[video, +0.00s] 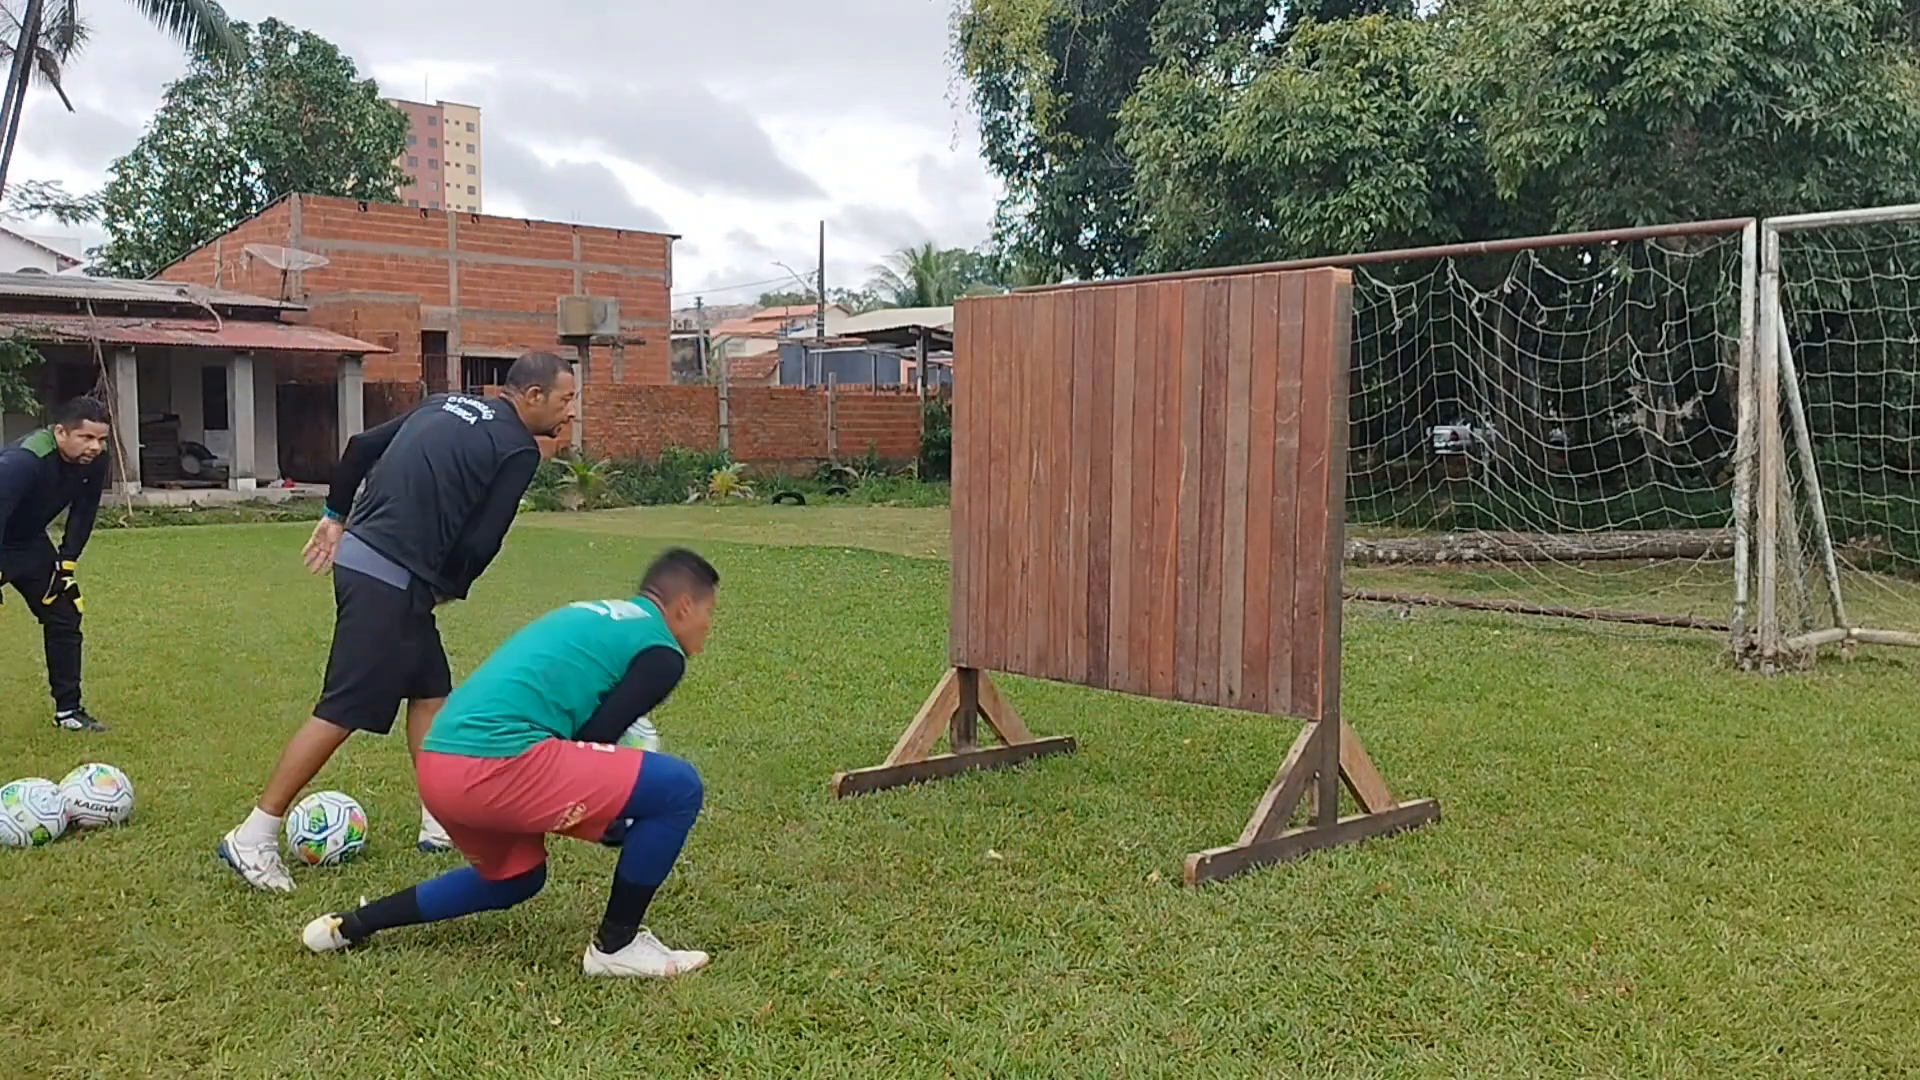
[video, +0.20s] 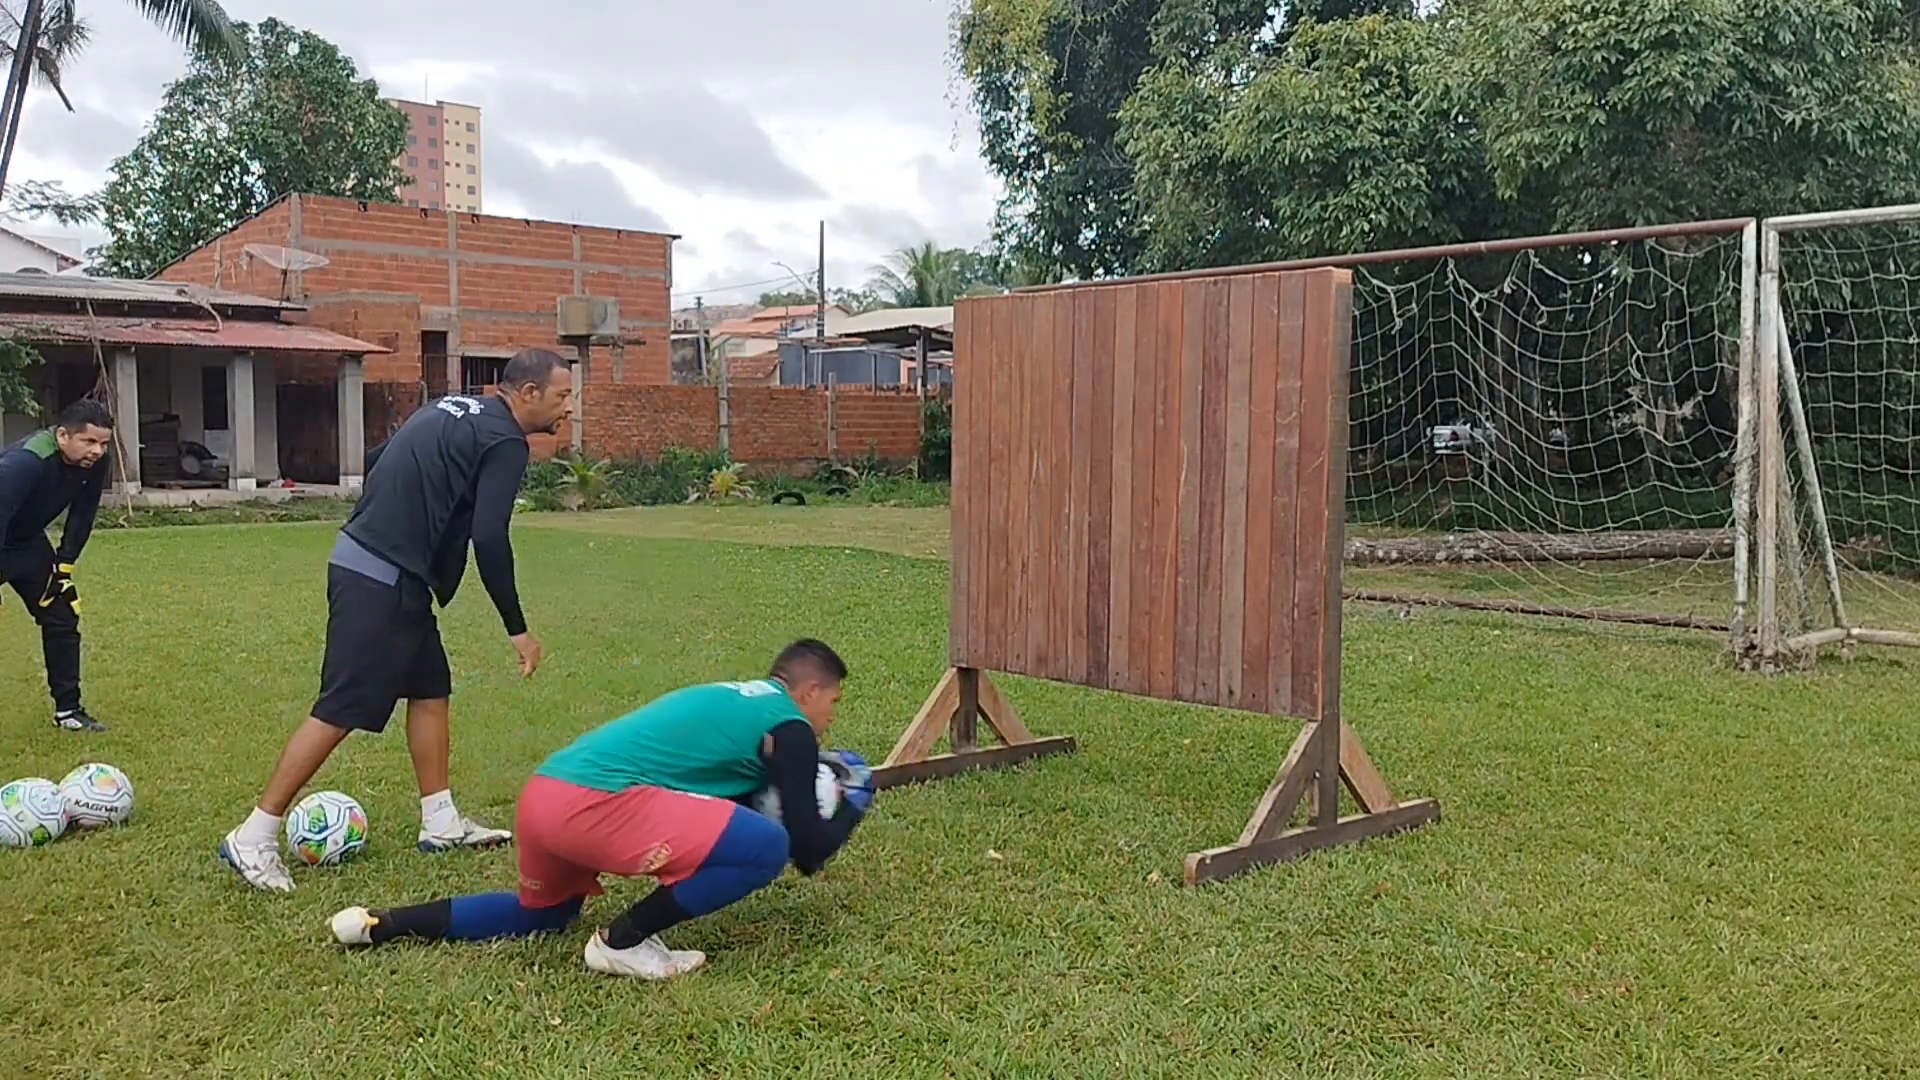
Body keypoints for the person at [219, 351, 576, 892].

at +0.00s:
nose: (569, 412)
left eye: (572, 401)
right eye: (565, 400)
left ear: (514, 392)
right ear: (532, 396)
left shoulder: (447, 404)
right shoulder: (520, 449)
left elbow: (362, 445)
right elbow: (482, 540)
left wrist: (335, 514)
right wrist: (451, 586)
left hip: (363, 560)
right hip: (390, 579)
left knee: (431, 691)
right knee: (342, 711)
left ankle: (439, 824)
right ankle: (252, 836)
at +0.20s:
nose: (567, 407)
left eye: (569, 397)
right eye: (562, 396)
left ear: (512, 392)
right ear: (526, 393)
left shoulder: (451, 405)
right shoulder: (507, 440)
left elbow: (380, 461)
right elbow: (489, 536)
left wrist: (391, 537)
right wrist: (517, 628)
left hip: (387, 573)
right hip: (378, 576)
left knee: (429, 689)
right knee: (341, 708)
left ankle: (440, 823)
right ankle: (254, 835)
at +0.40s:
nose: (557, 394)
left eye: (558, 383)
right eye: (551, 382)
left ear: (507, 381)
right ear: (513, 381)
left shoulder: (462, 409)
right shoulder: (484, 424)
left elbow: (423, 486)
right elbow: (462, 511)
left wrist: (454, 552)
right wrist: (507, 603)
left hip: (401, 578)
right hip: (367, 572)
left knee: (431, 687)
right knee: (341, 706)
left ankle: (440, 823)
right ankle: (254, 834)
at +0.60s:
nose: (531, 372)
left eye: (530, 361)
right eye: (521, 362)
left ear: (482, 367)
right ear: (482, 365)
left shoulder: (457, 414)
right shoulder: (444, 417)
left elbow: (425, 498)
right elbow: (407, 509)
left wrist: (466, 541)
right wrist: (447, 598)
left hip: (396, 574)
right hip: (353, 572)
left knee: (432, 690)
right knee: (324, 705)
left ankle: (442, 824)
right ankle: (246, 840)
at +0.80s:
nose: (471, 356)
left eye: (469, 344)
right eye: (459, 345)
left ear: (428, 353)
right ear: (419, 352)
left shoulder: (410, 413)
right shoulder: (379, 413)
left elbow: (386, 501)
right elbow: (347, 508)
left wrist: (432, 540)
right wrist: (393, 591)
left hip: (377, 587)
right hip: (325, 586)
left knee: (422, 698)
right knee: (293, 717)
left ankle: (441, 826)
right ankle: (235, 855)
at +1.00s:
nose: (398, 340)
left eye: (397, 329)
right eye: (387, 329)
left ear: (356, 340)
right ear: (347, 338)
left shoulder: (347, 401)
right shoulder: (306, 404)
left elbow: (338, 495)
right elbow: (289, 511)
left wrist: (393, 521)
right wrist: (374, 564)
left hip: (336, 585)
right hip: (283, 588)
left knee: (393, 695)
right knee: (254, 724)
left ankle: (429, 822)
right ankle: (227, 860)